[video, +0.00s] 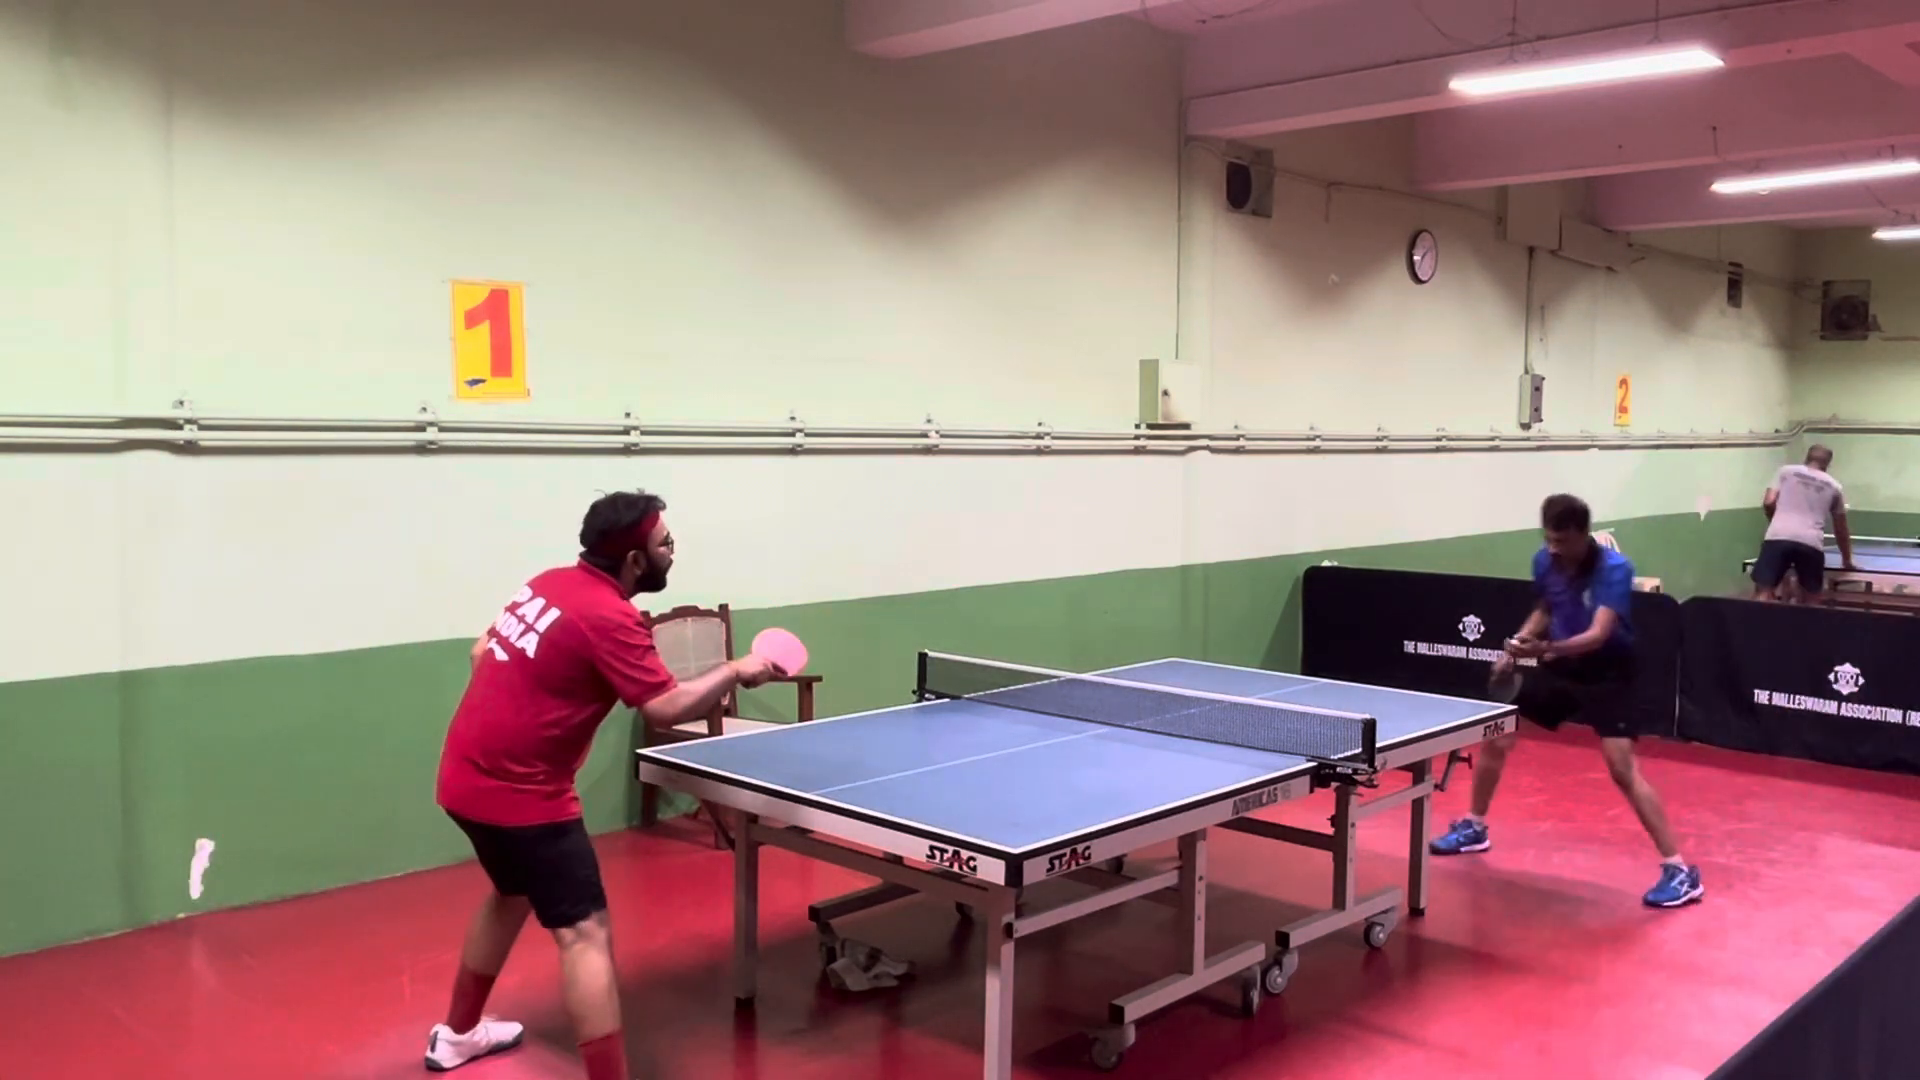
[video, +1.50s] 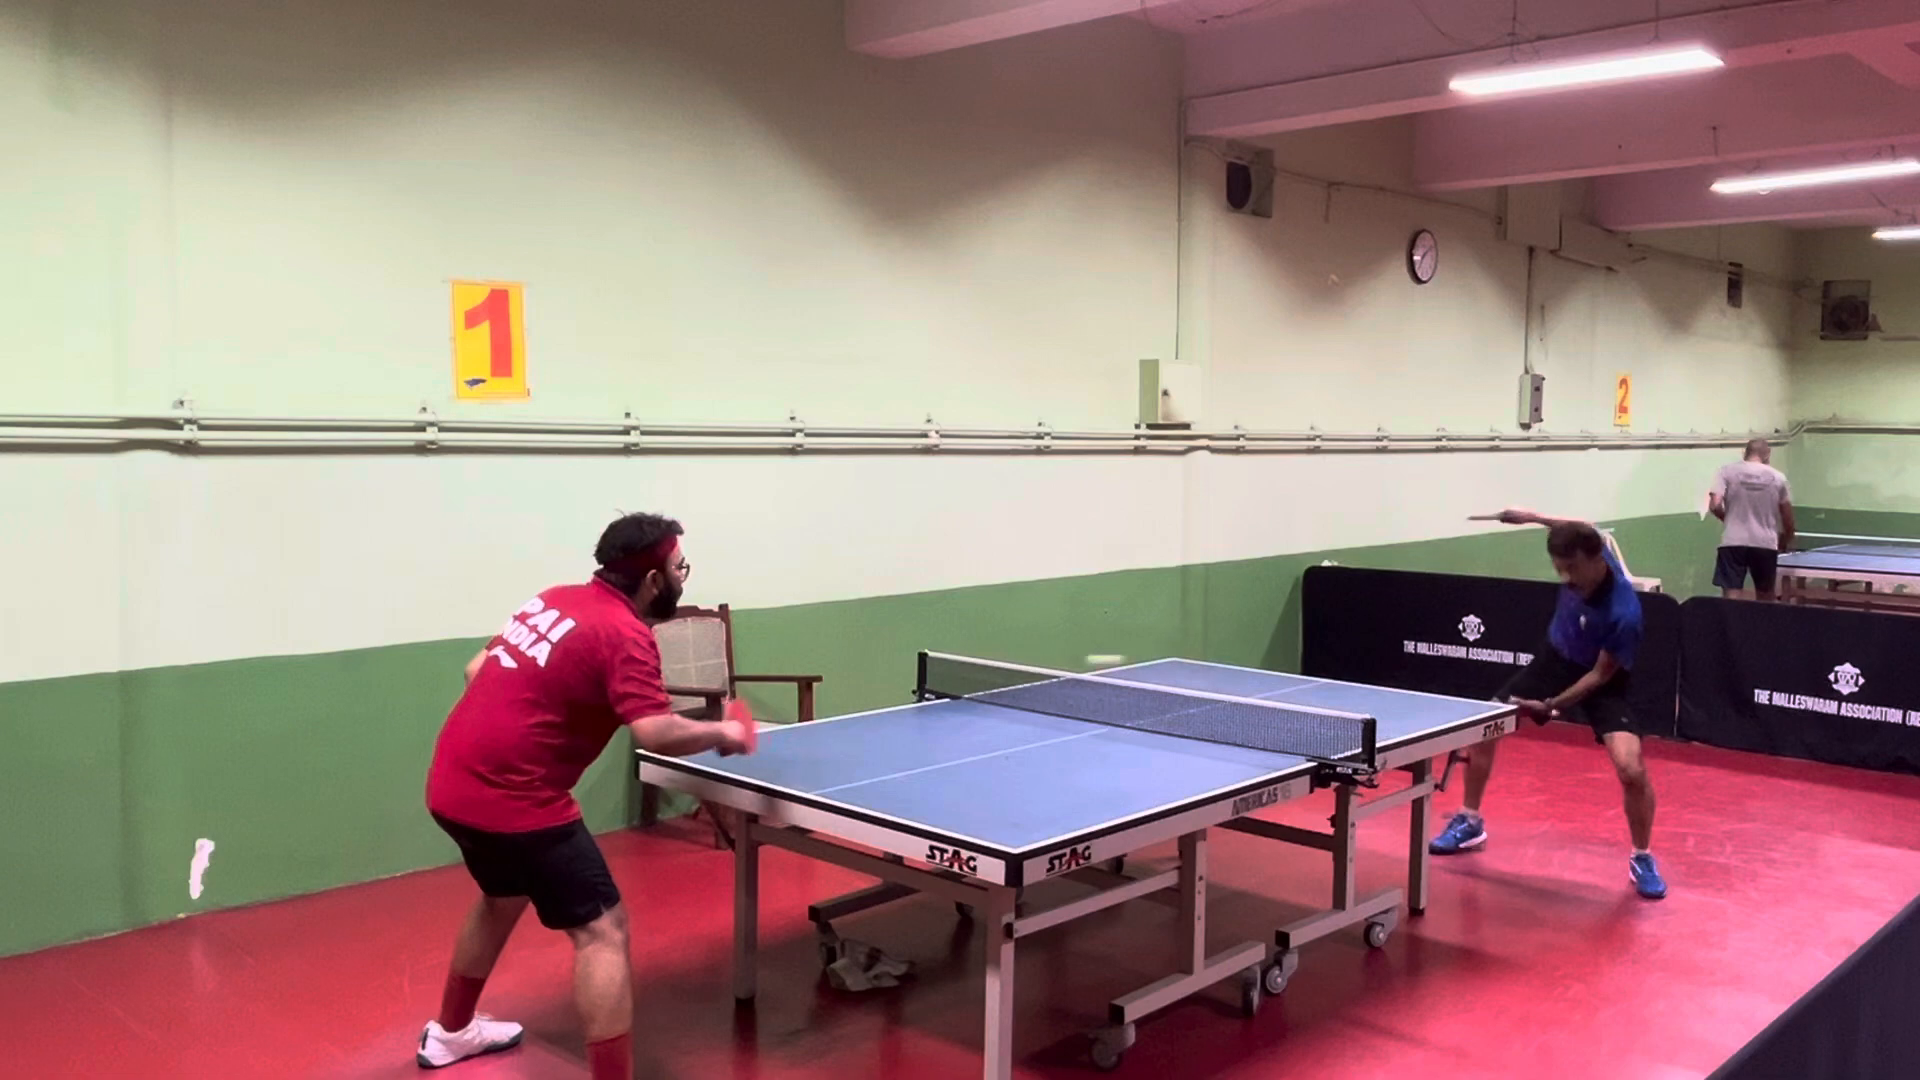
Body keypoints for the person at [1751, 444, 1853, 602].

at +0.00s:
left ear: (1806, 459)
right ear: (1827, 464)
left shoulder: (1785, 471)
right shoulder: (1834, 487)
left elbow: (1768, 502)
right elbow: (1841, 530)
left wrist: (1776, 522)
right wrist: (1847, 562)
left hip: (1777, 540)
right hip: (1810, 546)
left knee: (1764, 593)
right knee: (1812, 600)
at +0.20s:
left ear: (1803, 457)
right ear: (1823, 461)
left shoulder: (1786, 470)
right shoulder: (1836, 484)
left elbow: (1771, 501)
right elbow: (1836, 530)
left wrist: (1775, 524)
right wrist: (1823, 549)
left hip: (1781, 538)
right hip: (1814, 544)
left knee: (1763, 591)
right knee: (1813, 598)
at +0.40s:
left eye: (1792, 456)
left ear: (1791, 454)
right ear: (1812, 458)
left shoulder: (1778, 469)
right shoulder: (1827, 482)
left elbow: (1766, 499)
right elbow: (1824, 524)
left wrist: (1760, 520)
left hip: (1776, 538)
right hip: (1808, 542)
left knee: (1754, 592)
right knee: (1810, 600)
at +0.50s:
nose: (1784, 459)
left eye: (1783, 456)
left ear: (1783, 455)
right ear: (1802, 457)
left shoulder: (1772, 471)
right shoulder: (1818, 482)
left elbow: (1760, 501)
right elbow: (1817, 521)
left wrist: (1749, 520)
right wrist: (1808, 530)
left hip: (1769, 540)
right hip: (1801, 545)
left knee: (1751, 593)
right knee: (1805, 600)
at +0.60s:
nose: (1769, 459)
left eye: (1770, 456)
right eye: (1771, 456)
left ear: (1772, 455)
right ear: (1791, 456)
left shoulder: (1761, 472)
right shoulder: (1807, 481)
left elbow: (1750, 503)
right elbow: (1806, 513)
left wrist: (1738, 520)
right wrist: (1802, 526)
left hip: (1760, 542)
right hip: (1791, 546)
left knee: (1743, 594)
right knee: (1796, 599)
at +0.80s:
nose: (1748, 456)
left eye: (1748, 452)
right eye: (1748, 452)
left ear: (1750, 452)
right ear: (1769, 451)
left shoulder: (1744, 472)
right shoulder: (1789, 477)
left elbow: (1734, 504)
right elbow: (1791, 514)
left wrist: (1723, 517)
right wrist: (1786, 523)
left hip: (1744, 545)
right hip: (1775, 546)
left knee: (1735, 597)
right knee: (1781, 599)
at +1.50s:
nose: (1769, 458)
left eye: (1769, 455)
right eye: (1769, 455)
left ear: (1745, 454)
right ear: (1766, 455)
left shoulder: (1727, 471)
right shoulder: (1778, 478)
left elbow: (1715, 505)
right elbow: (1789, 523)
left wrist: (1729, 519)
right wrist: (1783, 542)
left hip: (1733, 544)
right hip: (1765, 546)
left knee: (1732, 599)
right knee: (1766, 600)